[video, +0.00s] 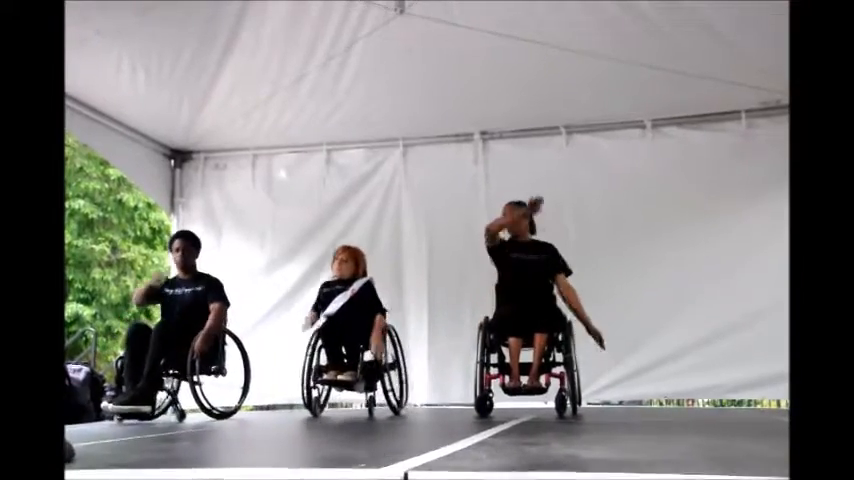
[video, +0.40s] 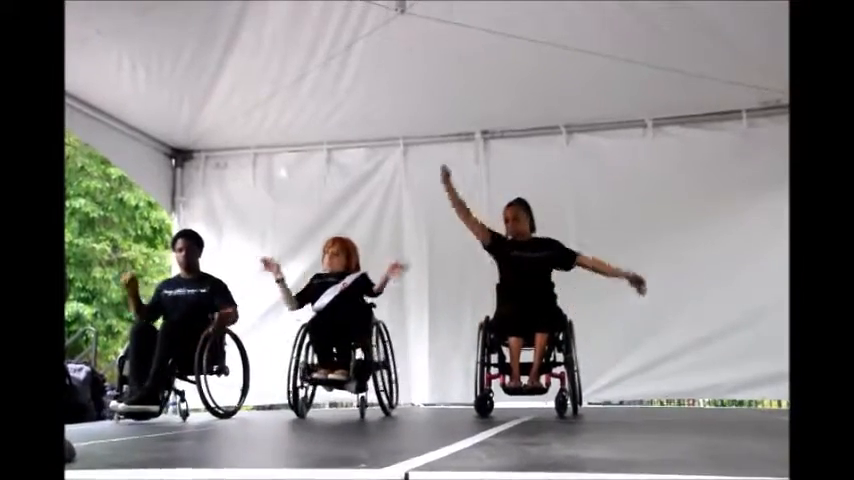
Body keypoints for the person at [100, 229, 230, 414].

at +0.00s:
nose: (181, 255)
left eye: (186, 250)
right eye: (177, 251)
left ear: (196, 253)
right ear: (172, 255)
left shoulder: (210, 284)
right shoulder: (168, 286)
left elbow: (219, 312)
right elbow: (139, 302)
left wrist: (205, 337)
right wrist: (148, 288)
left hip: (200, 350)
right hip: (172, 348)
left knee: (163, 328)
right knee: (137, 330)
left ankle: (146, 395)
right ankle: (131, 394)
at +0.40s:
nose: (184, 255)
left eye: (189, 249)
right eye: (179, 250)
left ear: (199, 252)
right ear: (174, 254)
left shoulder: (213, 285)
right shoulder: (166, 287)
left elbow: (231, 314)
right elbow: (145, 317)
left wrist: (220, 319)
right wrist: (133, 294)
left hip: (204, 352)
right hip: (173, 349)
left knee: (170, 329)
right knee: (141, 329)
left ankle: (151, 396)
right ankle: (136, 396)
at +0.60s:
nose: (187, 256)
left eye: (192, 251)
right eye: (182, 252)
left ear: (202, 254)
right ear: (177, 255)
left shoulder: (215, 285)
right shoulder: (168, 287)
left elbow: (225, 311)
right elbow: (153, 315)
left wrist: (209, 281)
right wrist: (129, 334)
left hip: (205, 349)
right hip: (174, 347)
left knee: (169, 328)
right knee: (138, 332)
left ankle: (150, 397)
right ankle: (135, 397)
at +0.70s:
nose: (188, 258)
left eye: (193, 252)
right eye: (184, 253)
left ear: (203, 255)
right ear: (178, 257)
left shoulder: (214, 286)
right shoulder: (169, 289)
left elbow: (218, 309)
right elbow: (156, 317)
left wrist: (190, 281)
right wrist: (130, 337)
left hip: (205, 351)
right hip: (175, 350)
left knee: (167, 331)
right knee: (138, 332)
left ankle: (149, 399)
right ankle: (134, 398)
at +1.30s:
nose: (197, 261)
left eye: (200, 257)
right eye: (191, 257)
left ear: (205, 260)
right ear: (180, 260)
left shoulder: (219, 288)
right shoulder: (170, 293)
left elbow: (245, 298)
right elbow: (148, 322)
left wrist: (267, 295)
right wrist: (125, 347)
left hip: (207, 356)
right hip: (177, 354)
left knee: (166, 334)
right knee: (138, 335)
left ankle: (147, 403)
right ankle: (133, 401)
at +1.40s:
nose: (199, 261)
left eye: (202, 257)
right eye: (193, 256)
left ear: (207, 260)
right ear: (182, 260)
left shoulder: (219, 289)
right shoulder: (169, 293)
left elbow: (246, 300)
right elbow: (145, 322)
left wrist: (268, 296)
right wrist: (124, 349)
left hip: (209, 356)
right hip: (178, 355)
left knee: (168, 334)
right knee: (140, 335)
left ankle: (149, 403)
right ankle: (134, 401)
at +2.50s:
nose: (198, 272)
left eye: (203, 267)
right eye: (196, 267)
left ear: (218, 266)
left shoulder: (213, 293)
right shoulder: (241, 288)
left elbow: (190, 327)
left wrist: (186, 315)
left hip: (225, 362)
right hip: (248, 358)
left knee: (173, 337)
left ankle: (160, 396)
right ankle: (173, 396)